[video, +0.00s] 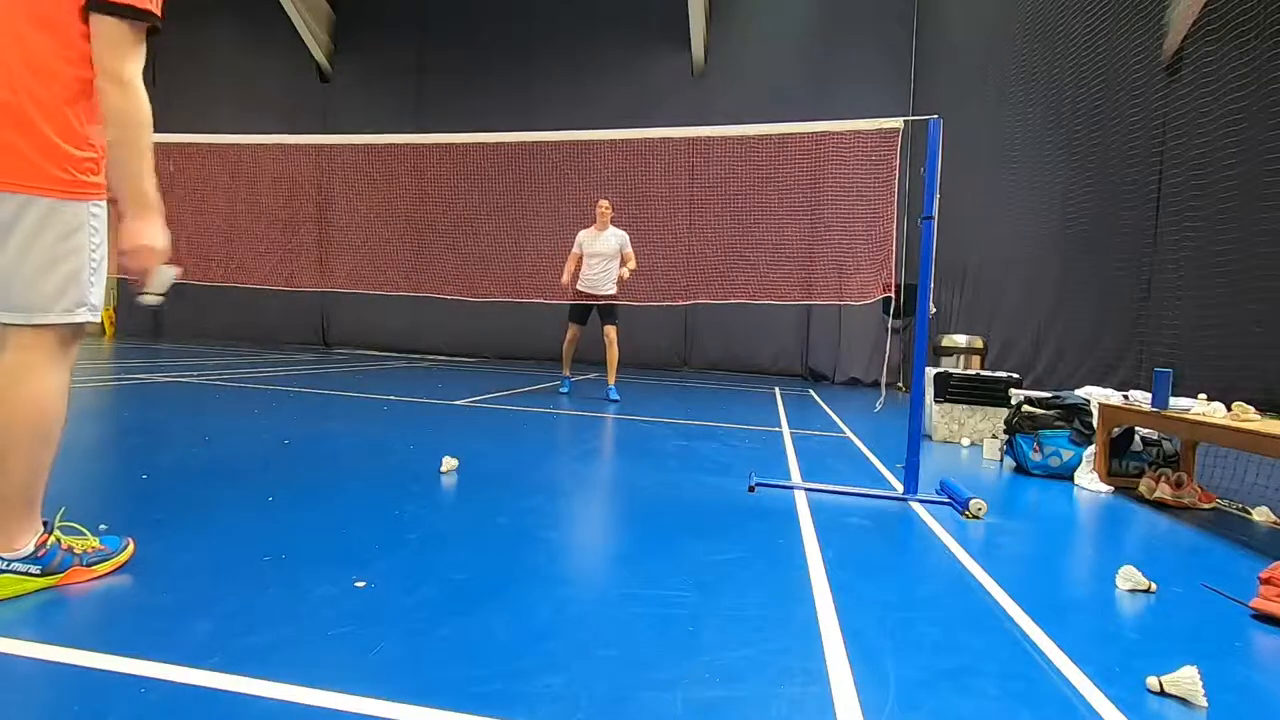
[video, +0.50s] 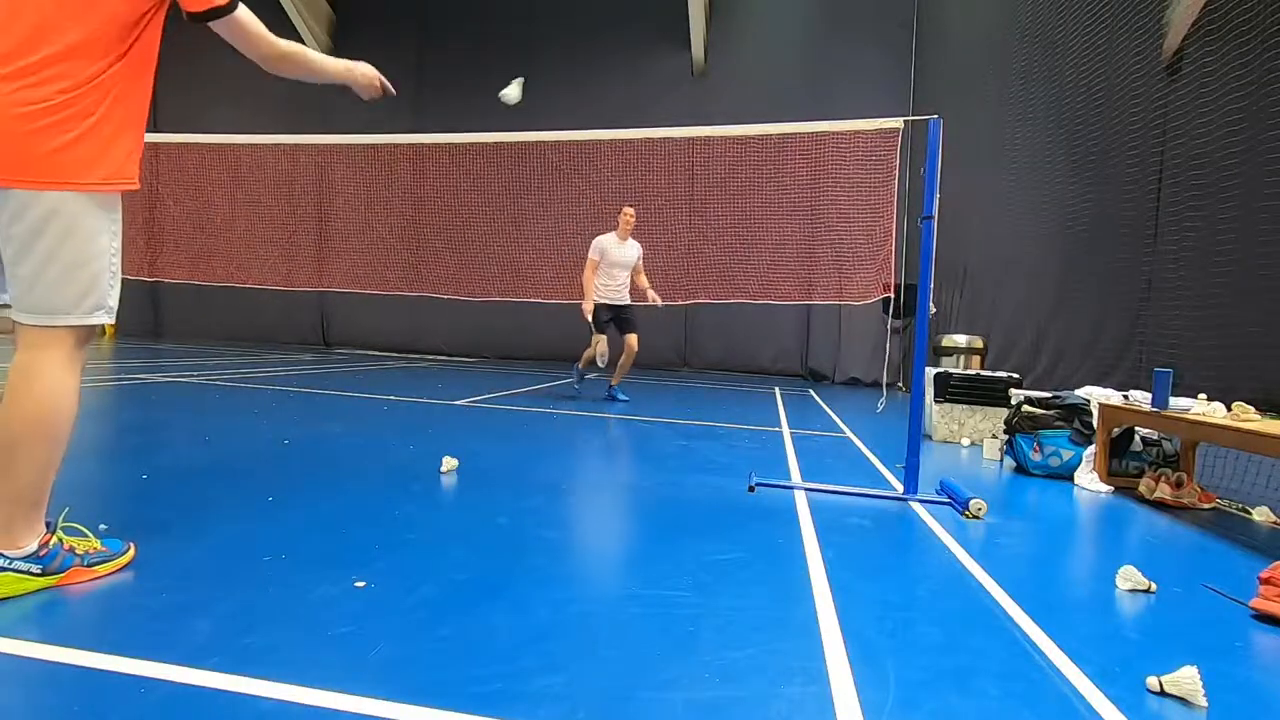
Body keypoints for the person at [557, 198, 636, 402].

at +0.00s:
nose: (603, 211)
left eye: (606, 208)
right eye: (600, 207)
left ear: (612, 213)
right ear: (595, 211)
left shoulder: (621, 236)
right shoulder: (583, 235)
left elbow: (631, 262)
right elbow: (572, 259)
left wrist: (626, 268)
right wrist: (567, 274)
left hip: (607, 293)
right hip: (583, 292)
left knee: (610, 337)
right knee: (572, 335)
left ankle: (611, 385)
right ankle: (565, 376)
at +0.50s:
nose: (629, 219)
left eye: (632, 216)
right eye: (625, 215)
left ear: (635, 221)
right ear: (618, 218)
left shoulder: (636, 248)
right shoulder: (601, 242)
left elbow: (639, 274)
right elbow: (588, 272)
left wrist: (648, 289)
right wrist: (588, 300)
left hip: (623, 303)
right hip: (600, 301)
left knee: (632, 347)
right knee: (598, 348)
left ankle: (613, 386)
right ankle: (580, 368)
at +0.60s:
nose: (633, 218)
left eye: (636, 215)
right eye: (630, 214)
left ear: (640, 220)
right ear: (623, 217)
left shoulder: (642, 248)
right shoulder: (607, 239)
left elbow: (650, 274)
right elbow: (594, 265)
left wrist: (664, 284)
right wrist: (598, 284)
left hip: (626, 302)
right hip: (605, 299)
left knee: (633, 349)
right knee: (608, 340)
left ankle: (613, 387)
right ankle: (590, 381)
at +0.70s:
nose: (638, 213)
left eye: (642, 210)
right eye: (635, 209)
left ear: (645, 216)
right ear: (627, 212)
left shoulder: (645, 243)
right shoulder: (612, 233)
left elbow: (654, 267)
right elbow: (601, 250)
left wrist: (675, 272)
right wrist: (607, 258)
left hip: (628, 298)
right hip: (606, 294)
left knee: (630, 347)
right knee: (610, 335)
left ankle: (613, 385)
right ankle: (601, 389)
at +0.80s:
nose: (643, 208)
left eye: (646, 206)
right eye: (639, 204)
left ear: (649, 212)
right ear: (629, 208)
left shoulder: (647, 239)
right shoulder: (617, 226)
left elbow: (656, 265)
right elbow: (611, 238)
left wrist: (677, 269)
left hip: (630, 297)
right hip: (608, 293)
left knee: (630, 346)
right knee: (611, 335)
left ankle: (615, 382)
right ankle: (612, 388)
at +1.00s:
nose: (653, 215)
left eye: (656, 212)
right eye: (649, 210)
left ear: (658, 217)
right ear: (637, 212)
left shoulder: (651, 243)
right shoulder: (624, 234)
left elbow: (648, 269)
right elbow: (628, 246)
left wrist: (667, 288)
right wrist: (637, 246)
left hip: (633, 303)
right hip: (611, 299)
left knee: (634, 352)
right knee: (625, 337)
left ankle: (614, 379)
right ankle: (623, 399)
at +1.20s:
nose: (664, 229)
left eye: (667, 225)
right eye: (660, 223)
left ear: (669, 230)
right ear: (648, 225)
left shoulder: (659, 252)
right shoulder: (636, 248)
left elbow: (644, 277)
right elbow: (633, 271)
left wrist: (646, 295)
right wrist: (643, 290)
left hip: (632, 305)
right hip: (611, 302)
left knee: (629, 347)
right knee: (626, 339)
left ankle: (611, 378)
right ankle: (623, 399)